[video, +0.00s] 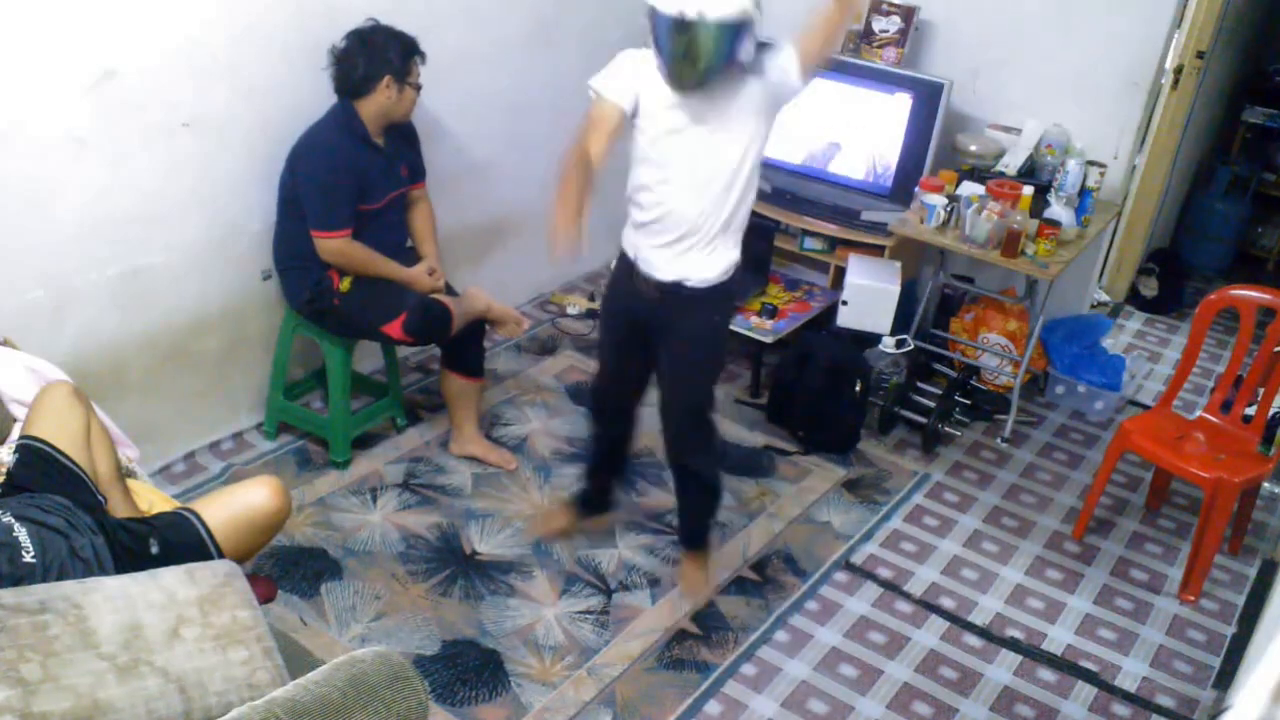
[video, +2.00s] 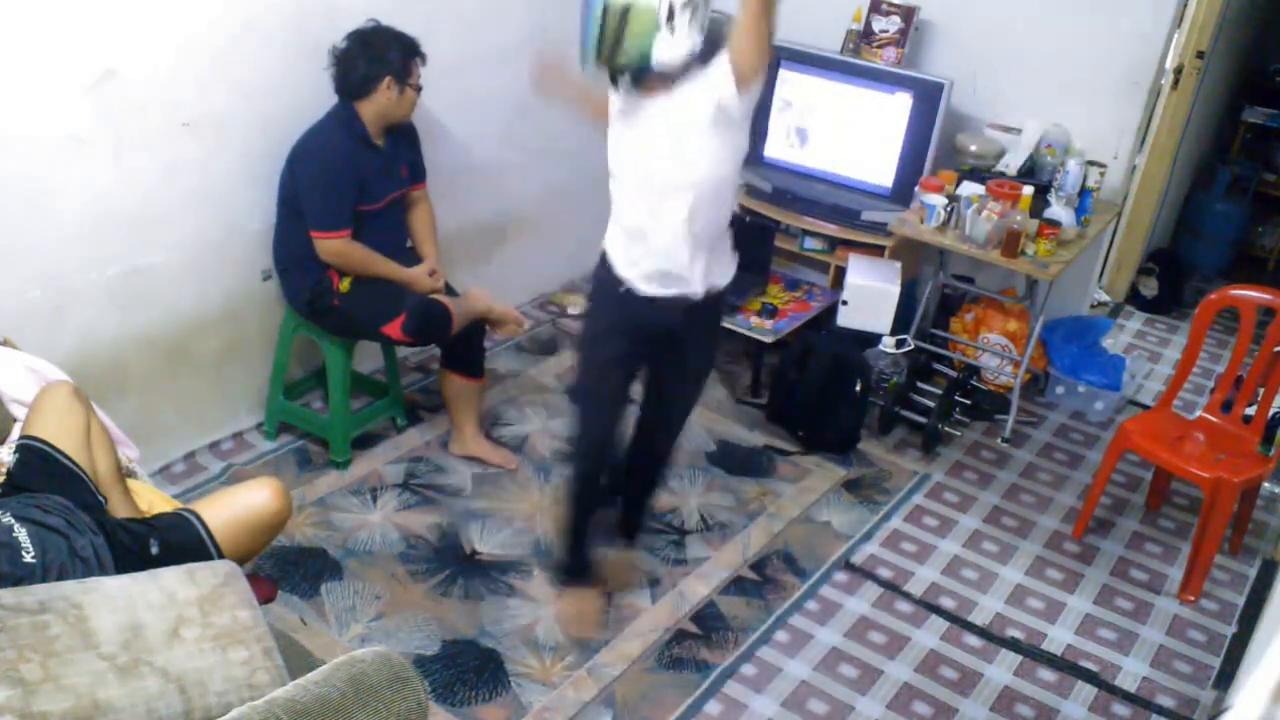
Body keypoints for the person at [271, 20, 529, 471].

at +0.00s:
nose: (419, 95)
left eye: (419, 87)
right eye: (416, 86)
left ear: (386, 88)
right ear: (387, 88)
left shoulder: (399, 131)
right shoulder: (325, 150)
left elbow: (417, 202)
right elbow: (333, 249)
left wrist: (429, 259)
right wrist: (408, 276)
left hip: (389, 265)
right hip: (326, 282)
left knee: (466, 319)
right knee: (426, 324)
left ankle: (466, 435)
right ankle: (477, 304)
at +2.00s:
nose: (419, 96)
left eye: (419, 87)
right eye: (416, 87)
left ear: (387, 88)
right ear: (387, 88)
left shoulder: (400, 131)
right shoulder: (326, 151)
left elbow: (417, 202)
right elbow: (333, 249)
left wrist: (428, 260)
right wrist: (407, 277)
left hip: (388, 264)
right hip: (325, 282)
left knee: (465, 323)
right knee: (424, 323)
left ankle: (466, 436)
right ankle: (476, 306)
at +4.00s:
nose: (419, 95)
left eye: (419, 87)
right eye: (416, 86)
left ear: (387, 86)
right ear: (388, 86)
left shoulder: (399, 131)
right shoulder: (326, 150)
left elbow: (417, 201)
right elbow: (333, 248)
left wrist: (430, 258)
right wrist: (407, 276)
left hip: (389, 265)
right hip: (326, 282)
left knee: (467, 320)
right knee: (425, 323)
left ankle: (465, 434)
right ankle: (478, 304)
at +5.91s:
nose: (419, 95)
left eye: (419, 86)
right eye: (416, 86)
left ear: (387, 87)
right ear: (387, 87)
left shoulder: (399, 131)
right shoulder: (326, 151)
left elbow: (417, 202)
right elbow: (332, 249)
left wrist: (429, 259)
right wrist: (407, 276)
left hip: (388, 266)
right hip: (327, 284)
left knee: (465, 324)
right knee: (424, 323)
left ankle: (466, 435)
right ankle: (478, 307)